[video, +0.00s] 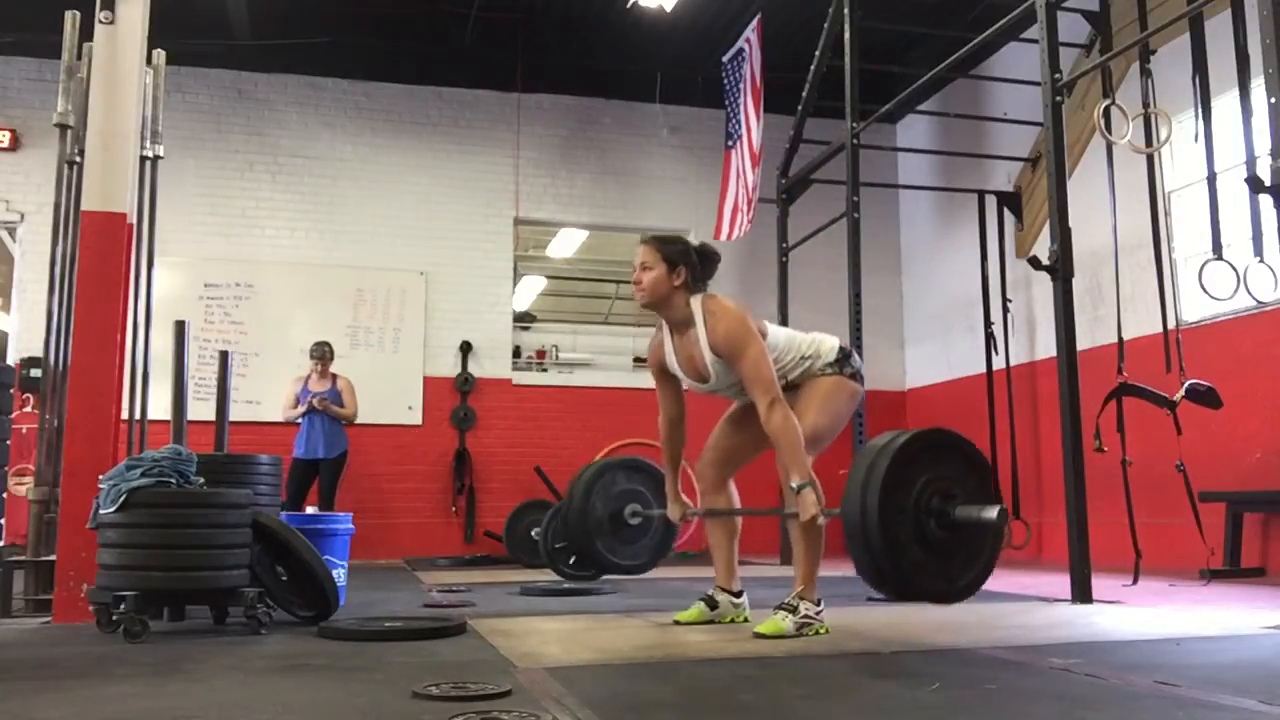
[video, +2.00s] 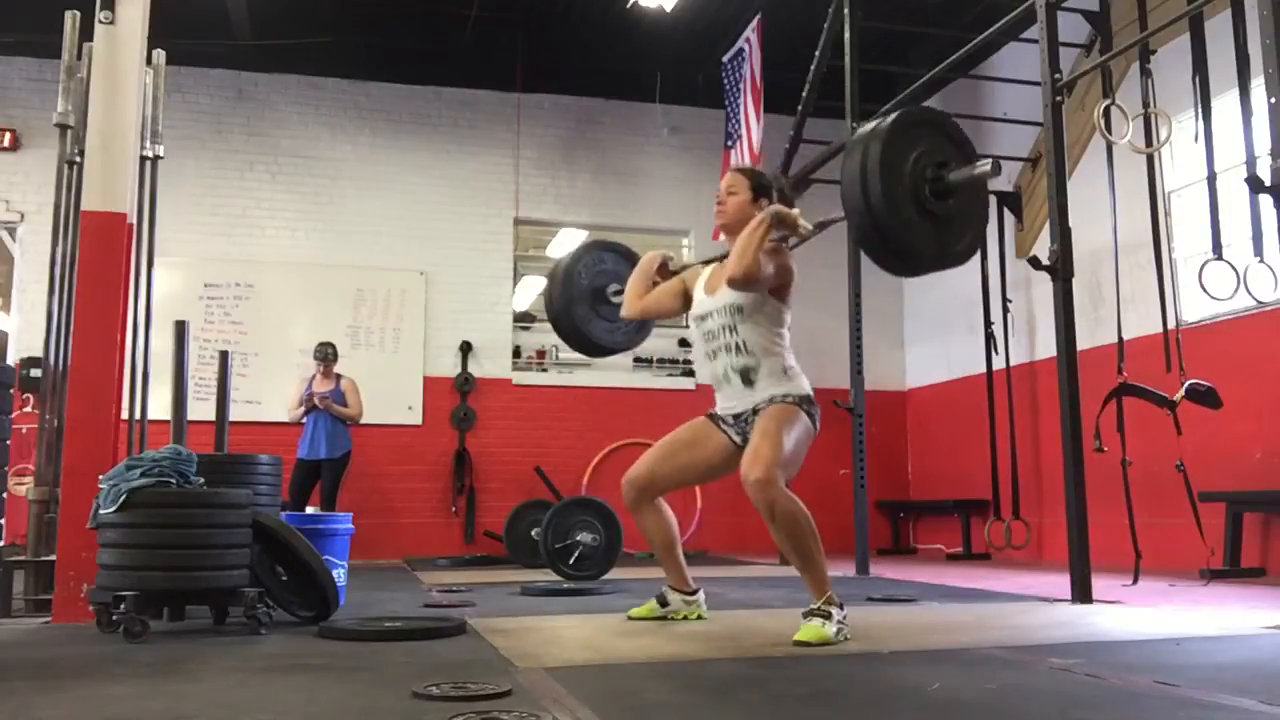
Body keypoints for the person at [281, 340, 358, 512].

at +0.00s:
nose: (319, 369)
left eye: (324, 365)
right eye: (316, 364)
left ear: (331, 362)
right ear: (310, 361)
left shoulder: (342, 383)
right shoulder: (298, 383)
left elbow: (351, 415)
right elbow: (286, 415)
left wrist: (328, 407)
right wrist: (304, 408)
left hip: (333, 449)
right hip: (305, 449)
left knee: (326, 501)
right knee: (293, 500)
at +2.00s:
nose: (322, 370)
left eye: (327, 366)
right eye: (319, 365)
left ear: (335, 363)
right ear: (314, 362)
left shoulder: (346, 384)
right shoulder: (306, 383)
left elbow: (356, 415)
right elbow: (291, 417)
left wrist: (330, 406)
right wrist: (305, 407)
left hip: (336, 449)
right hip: (309, 449)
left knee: (327, 501)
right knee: (296, 498)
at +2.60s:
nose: (320, 370)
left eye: (325, 366)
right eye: (317, 365)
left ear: (333, 363)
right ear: (312, 362)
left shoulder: (345, 383)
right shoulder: (305, 383)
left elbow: (355, 415)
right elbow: (291, 418)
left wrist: (329, 406)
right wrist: (304, 407)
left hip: (335, 450)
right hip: (309, 449)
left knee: (327, 501)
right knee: (296, 498)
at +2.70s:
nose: (320, 370)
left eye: (325, 366)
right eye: (317, 365)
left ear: (333, 363)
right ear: (312, 362)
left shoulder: (345, 384)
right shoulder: (305, 383)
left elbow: (355, 415)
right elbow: (291, 417)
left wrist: (328, 405)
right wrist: (304, 407)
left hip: (335, 450)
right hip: (309, 449)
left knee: (327, 501)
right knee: (296, 498)